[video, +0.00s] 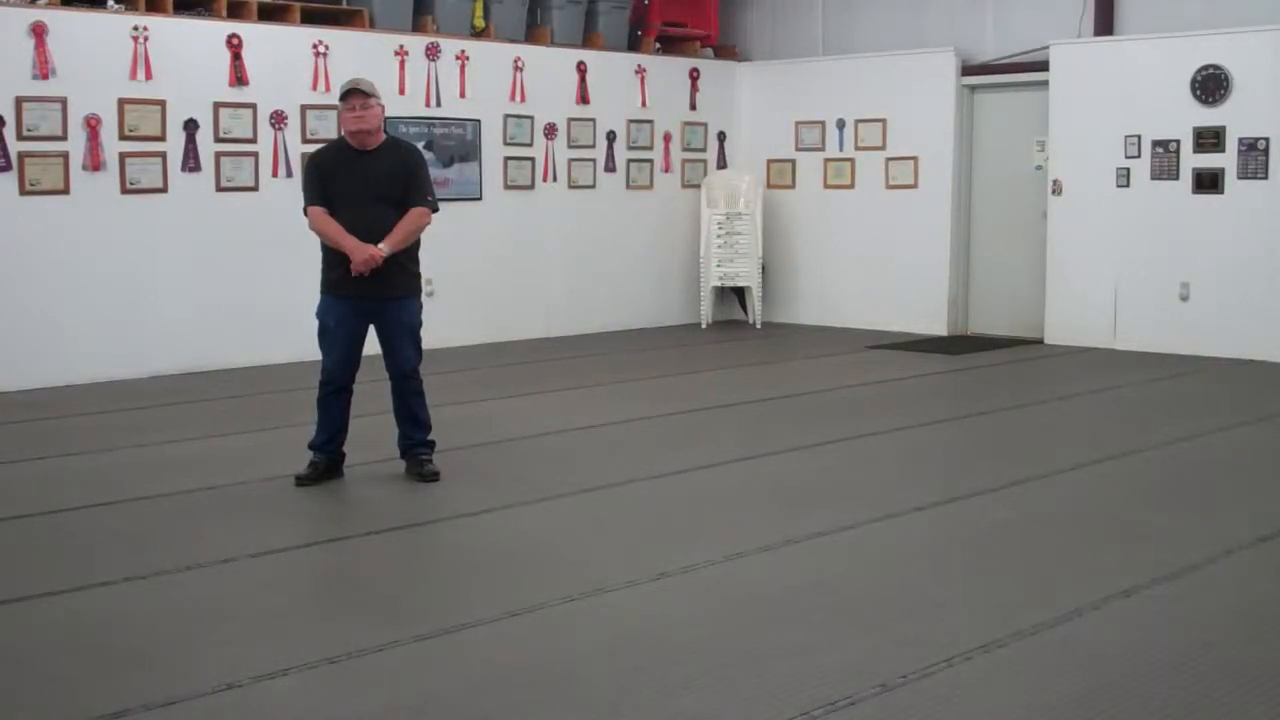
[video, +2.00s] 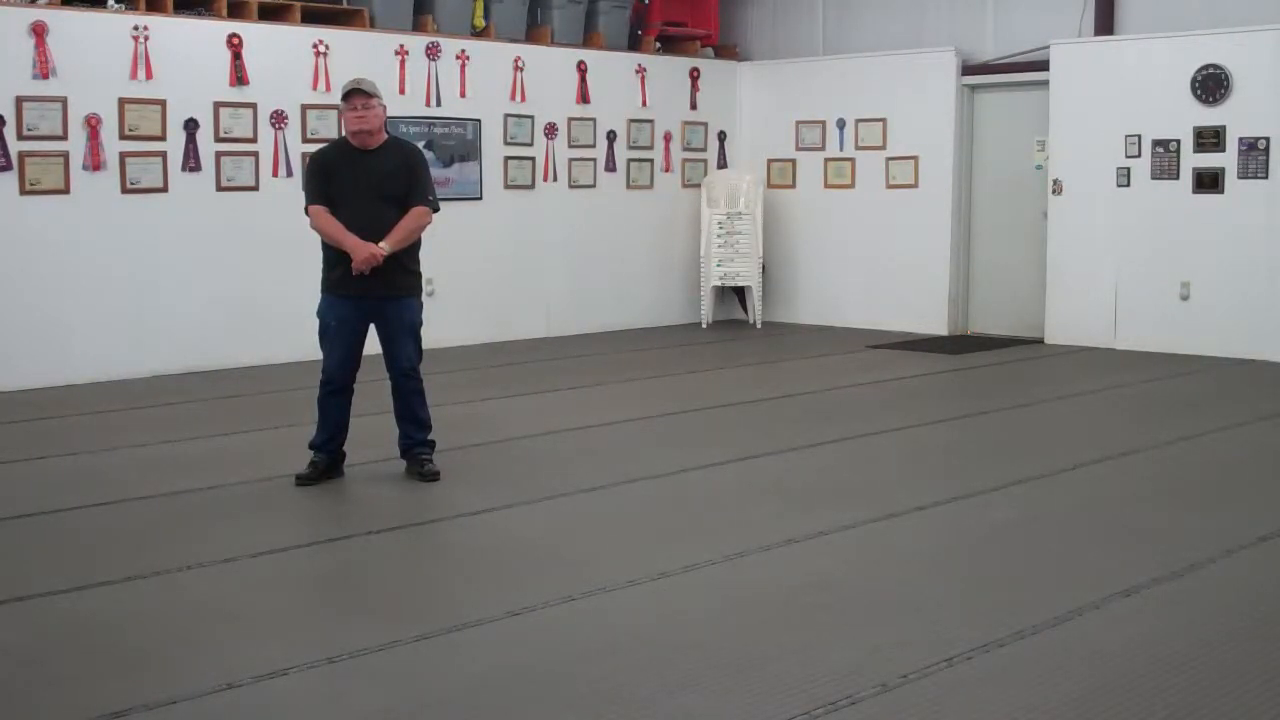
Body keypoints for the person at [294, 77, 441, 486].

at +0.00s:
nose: (358, 113)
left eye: (365, 106)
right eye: (350, 108)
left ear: (381, 111)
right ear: (340, 117)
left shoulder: (407, 156)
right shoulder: (320, 162)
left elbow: (422, 213)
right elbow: (315, 215)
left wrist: (379, 251)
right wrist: (354, 248)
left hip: (397, 287)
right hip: (342, 288)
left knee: (406, 373)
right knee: (335, 376)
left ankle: (418, 452)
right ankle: (326, 455)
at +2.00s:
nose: (359, 114)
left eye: (366, 107)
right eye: (351, 109)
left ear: (383, 112)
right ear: (341, 117)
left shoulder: (408, 155)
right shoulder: (323, 160)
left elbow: (422, 213)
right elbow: (317, 215)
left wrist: (380, 250)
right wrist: (356, 247)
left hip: (398, 286)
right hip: (343, 287)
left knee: (406, 372)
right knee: (335, 375)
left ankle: (419, 452)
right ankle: (327, 455)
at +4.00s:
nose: (357, 116)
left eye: (364, 108)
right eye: (349, 110)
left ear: (380, 112)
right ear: (338, 118)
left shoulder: (406, 155)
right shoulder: (321, 161)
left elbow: (421, 211)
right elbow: (315, 214)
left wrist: (378, 249)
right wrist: (354, 246)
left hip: (397, 288)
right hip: (342, 288)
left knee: (406, 372)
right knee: (335, 375)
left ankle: (419, 451)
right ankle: (327, 455)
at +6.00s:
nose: (358, 116)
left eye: (364, 108)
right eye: (350, 111)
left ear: (380, 112)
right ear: (340, 118)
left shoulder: (405, 154)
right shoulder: (328, 159)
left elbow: (420, 212)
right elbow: (314, 213)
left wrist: (377, 249)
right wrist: (352, 245)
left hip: (396, 287)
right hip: (343, 287)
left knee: (405, 371)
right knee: (334, 374)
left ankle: (418, 452)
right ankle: (327, 453)